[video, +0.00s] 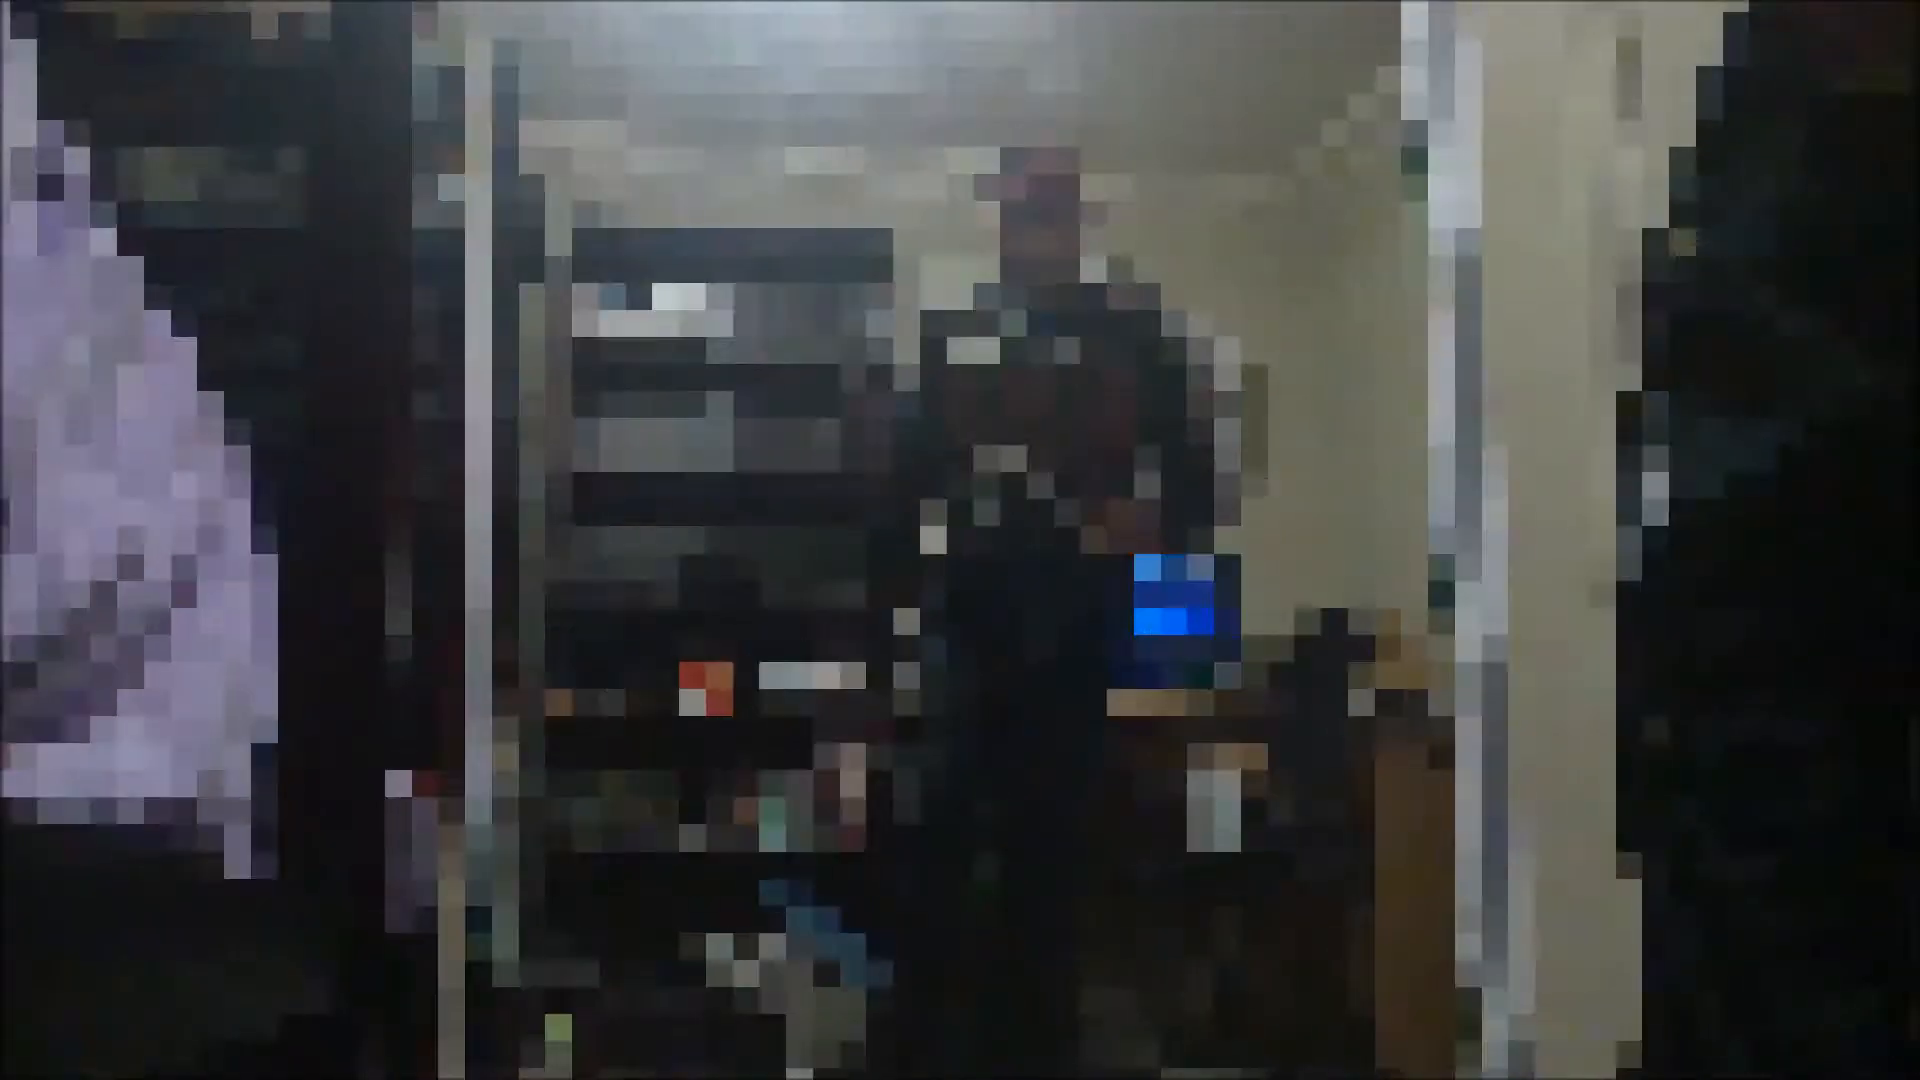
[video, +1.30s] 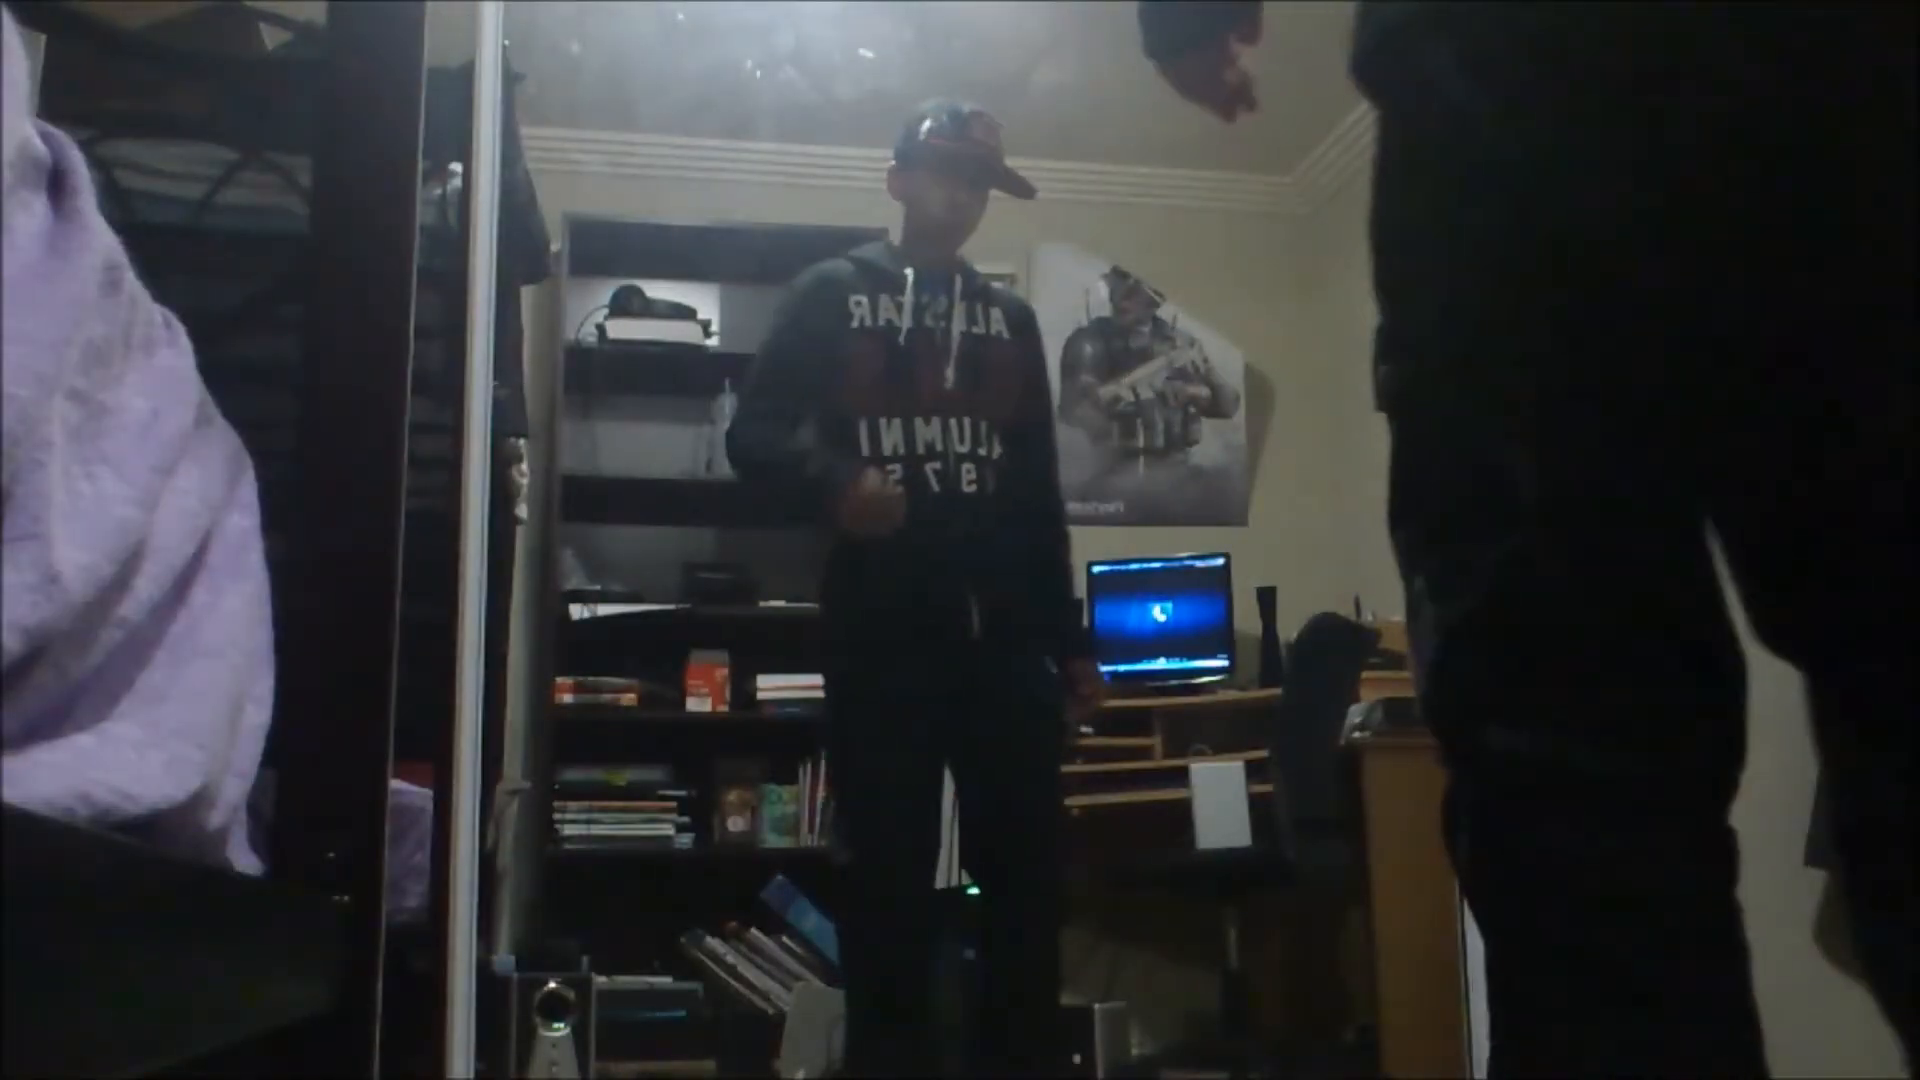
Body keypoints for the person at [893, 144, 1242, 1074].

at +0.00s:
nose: (1039, 233)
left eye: (1055, 213)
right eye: (1024, 213)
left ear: (1082, 219)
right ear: (997, 218)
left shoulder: (1132, 330)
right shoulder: (957, 333)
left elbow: (1192, 462)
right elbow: (914, 462)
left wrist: (1152, 527)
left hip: (1088, 594)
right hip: (978, 593)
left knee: (1067, 806)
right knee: (962, 798)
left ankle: (1049, 1013)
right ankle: (949, 1010)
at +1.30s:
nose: (960, 197)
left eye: (977, 182)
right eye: (944, 174)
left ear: (992, 196)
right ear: (897, 179)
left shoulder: (1010, 317)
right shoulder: (831, 294)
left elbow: (1037, 492)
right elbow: (754, 433)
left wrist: (1066, 636)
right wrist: (834, 484)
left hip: (1004, 629)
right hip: (883, 623)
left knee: (1023, 871)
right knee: (887, 869)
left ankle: (1018, 1065)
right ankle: (888, 1066)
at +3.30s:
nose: (1001, 171)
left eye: (1017, 154)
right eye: (982, 147)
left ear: (1031, 167)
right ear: (934, 149)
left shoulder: (1056, 295)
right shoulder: (873, 268)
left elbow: (1092, 451)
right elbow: (811, 409)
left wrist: (1139, 585)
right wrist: (935, 401)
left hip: (1036, 603)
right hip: (908, 597)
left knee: (1070, 861)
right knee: (907, 868)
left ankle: (1074, 1066)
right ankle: (899, 1067)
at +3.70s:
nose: (1009, 176)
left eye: (1026, 160)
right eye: (991, 151)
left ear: (1038, 172)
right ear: (943, 150)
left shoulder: (1060, 302)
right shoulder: (870, 269)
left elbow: (1086, 436)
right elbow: (798, 416)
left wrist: (1130, 514)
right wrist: (838, 531)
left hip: (1023, 589)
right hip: (897, 589)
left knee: (1071, 844)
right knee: (895, 854)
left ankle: (1084, 1060)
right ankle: (888, 1063)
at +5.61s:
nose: (927, 243)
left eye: (948, 227)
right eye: (912, 228)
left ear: (986, 237)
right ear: (892, 239)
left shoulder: (1043, 347)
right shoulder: (860, 363)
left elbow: (1094, 502)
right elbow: (835, 509)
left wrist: (1052, 612)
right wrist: (817, 596)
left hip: (1005, 640)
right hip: (887, 642)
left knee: (1020, 877)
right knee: (839, 865)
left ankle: (1049, 1063)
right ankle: (823, 1060)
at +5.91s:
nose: (893, 248)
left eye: (914, 231)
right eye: (881, 229)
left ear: (956, 241)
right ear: (865, 235)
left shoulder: (1017, 349)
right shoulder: (835, 359)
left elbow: (1075, 498)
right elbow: (783, 491)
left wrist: (1067, 624)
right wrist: (768, 593)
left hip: (989, 646)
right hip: (868, 645)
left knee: (1008, 878)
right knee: (832, 873)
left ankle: (1038, 1067)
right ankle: (819, 1065)